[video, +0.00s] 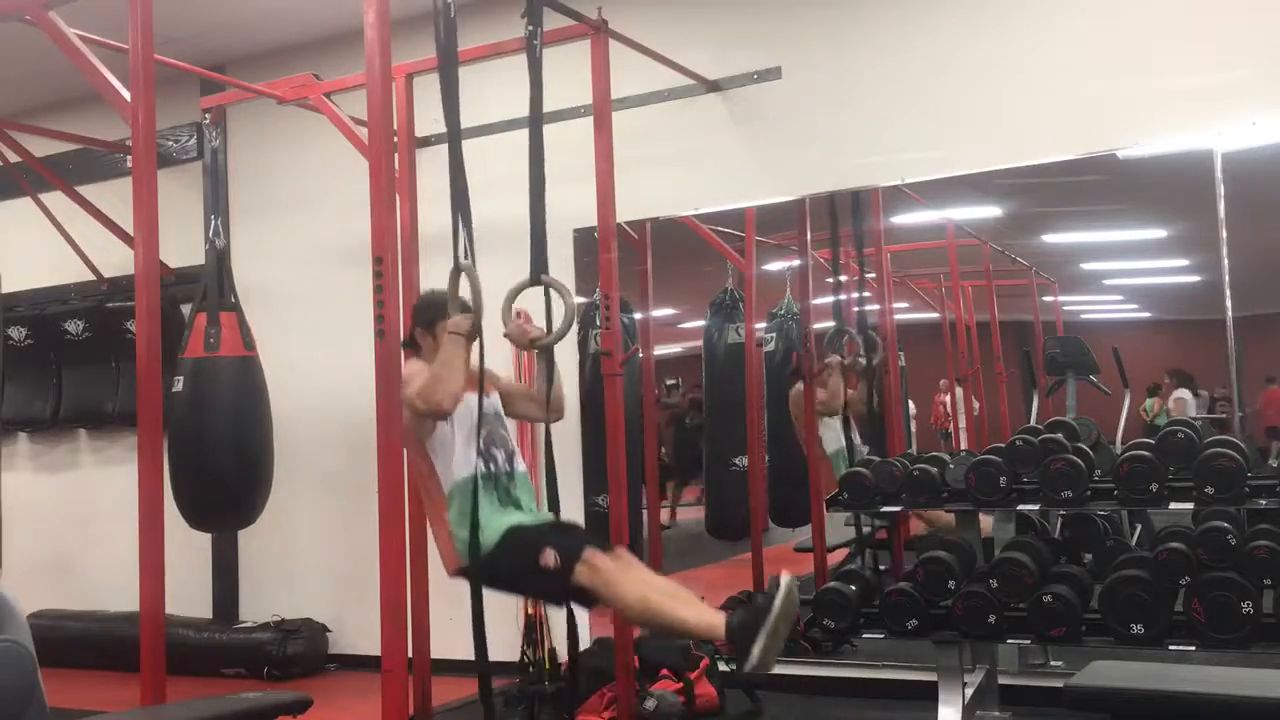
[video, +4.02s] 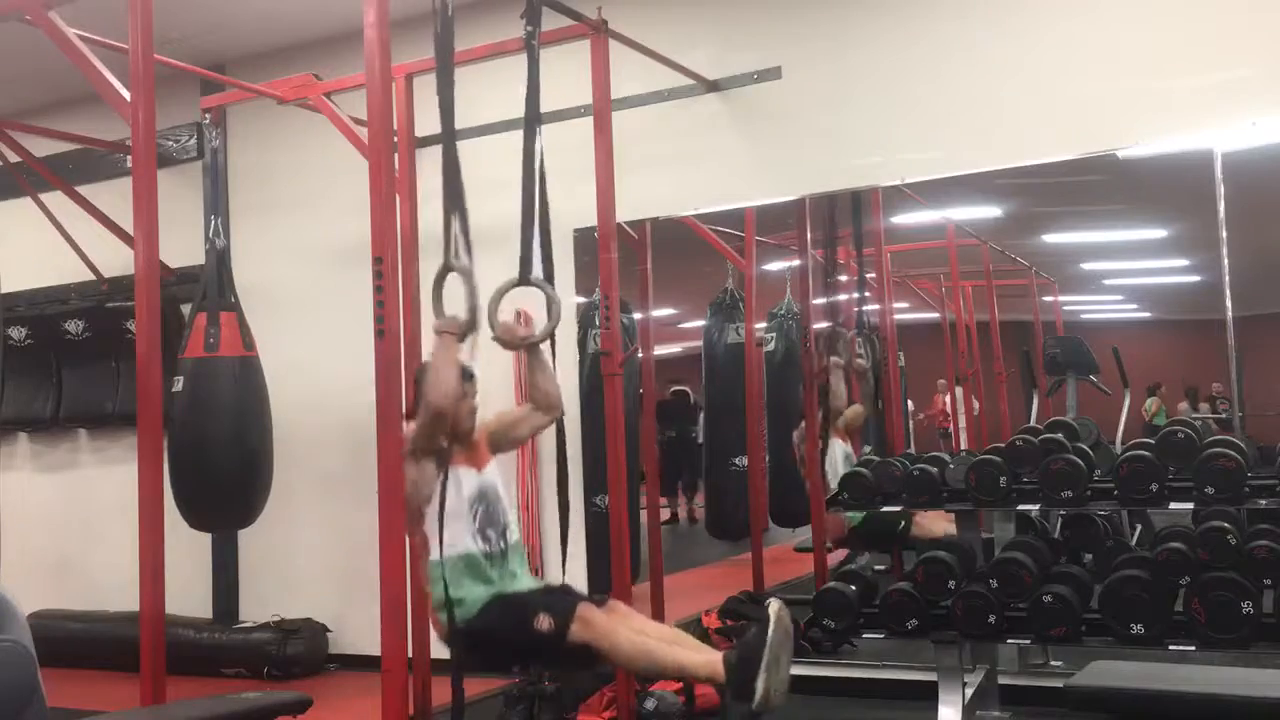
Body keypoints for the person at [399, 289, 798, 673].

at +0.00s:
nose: (464, 344)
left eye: (466, 336)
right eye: (454, 334)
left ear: (465, 339)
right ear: (423, 336)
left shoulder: (477, 380)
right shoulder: (411, 376)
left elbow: (549, 408)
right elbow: (442, 399)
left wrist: (535, 350)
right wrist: (457, 333)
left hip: (520, 518)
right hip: (476, 535)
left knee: (618, 558)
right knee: (594, 566)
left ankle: (731, 624)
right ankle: (729, 634)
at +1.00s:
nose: (623, 246)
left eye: (624, 235)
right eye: (612, 234)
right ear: (574, 234)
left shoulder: (586, 288)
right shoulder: (522, 267)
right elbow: (440, 229)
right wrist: (435, 304)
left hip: (504, 394)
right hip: (455, 391)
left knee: (546, 506)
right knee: (512, 509)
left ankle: (540, 652)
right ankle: (521, 662)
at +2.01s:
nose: (596, 82)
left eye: (598, 72)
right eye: (584, 70)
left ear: (590, 82)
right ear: (548, 74)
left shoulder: (578, 151)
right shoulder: (516, 133)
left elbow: (565, 242)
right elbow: (476, 221)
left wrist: (566, 318)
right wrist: (456, 299)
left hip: (524, 314)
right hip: (480, 306)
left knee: (491, 433)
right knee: (462, 427)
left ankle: (462, 554)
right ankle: (439, 555)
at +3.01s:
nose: (611, 230)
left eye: (612, 219)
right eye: (600, 220)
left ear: (597, 225)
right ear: (563, 221)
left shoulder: (582, 274)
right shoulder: (519, 257)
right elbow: (429, 233)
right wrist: (421, 309)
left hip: (511, 402)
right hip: (461, 399)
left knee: (528, 531)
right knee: (497, 531)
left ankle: (533, 666)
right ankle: (509, 674)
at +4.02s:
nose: (468, 399)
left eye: (468, 389)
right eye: (458, 392)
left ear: (472, 394)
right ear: (431, 404)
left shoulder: (480, 443)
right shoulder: (421, 462)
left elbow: (546, 407)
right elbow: (436, 413)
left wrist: (530, 346)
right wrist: (448, 342)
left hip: (518, 593)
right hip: (470, 614)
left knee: (613, 611)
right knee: (589, 622)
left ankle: (731, 667)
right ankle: (726, 672)